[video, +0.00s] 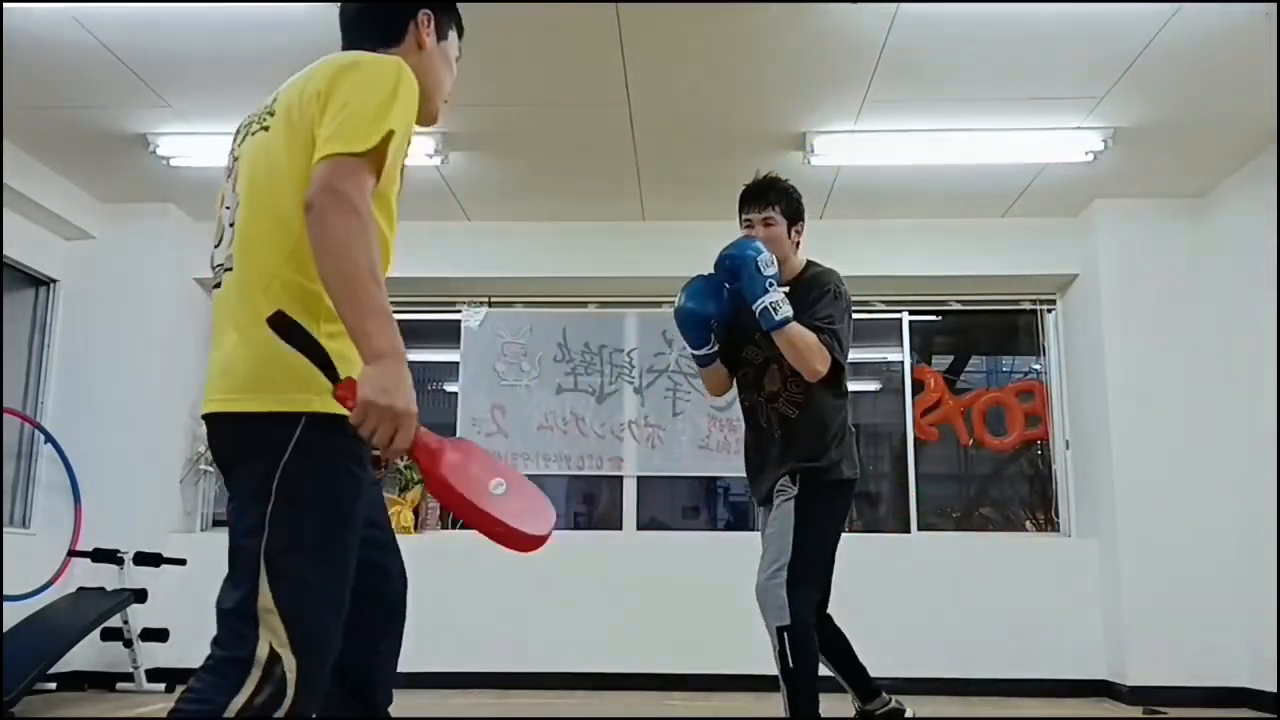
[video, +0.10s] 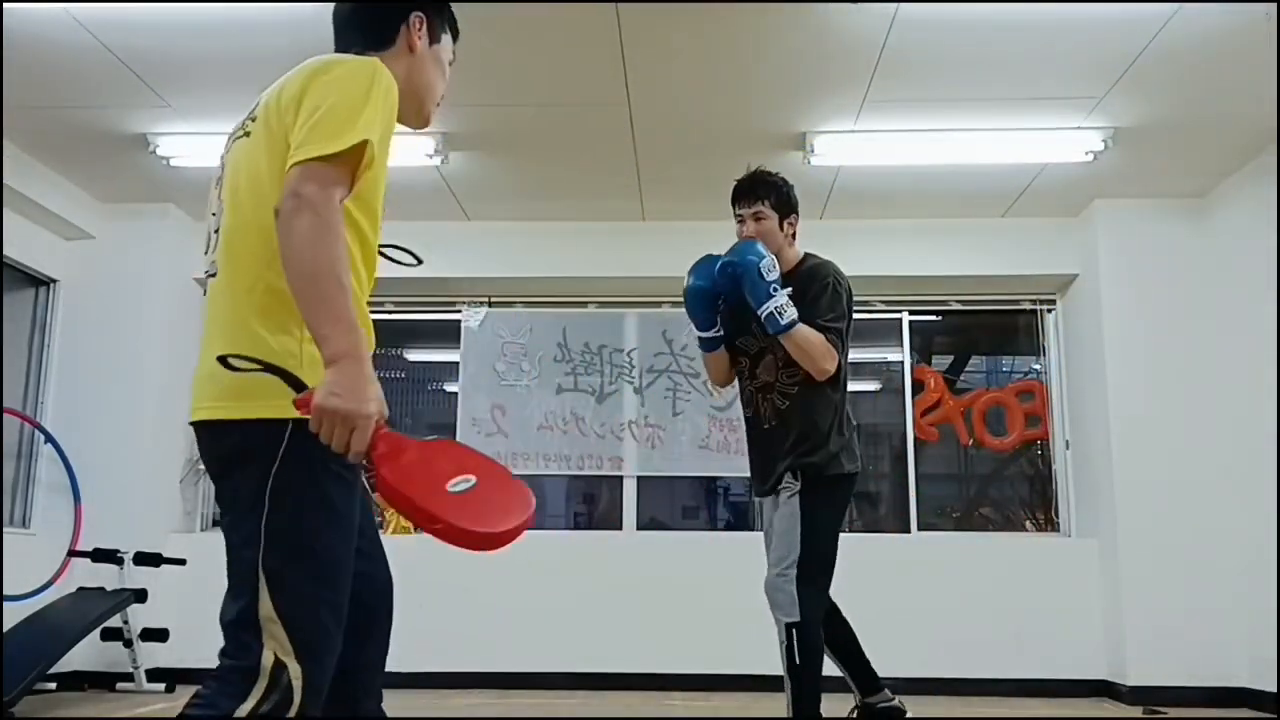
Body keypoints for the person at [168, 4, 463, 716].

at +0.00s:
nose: (452, 82)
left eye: (457, 61)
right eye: (454, 55)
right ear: (425, 29)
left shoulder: (285, 110)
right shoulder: (377, 74)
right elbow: (336, 198)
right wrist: (387, 358)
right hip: (292, 399)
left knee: (374, 609)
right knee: (268, 656)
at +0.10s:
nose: (447, 85)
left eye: (451, 65)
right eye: (449, 60)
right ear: (417, 33)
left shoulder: (279, 110)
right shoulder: (358, 75)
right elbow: (306, 204)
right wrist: (349, 363)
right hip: (279, 408)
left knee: (363, 614)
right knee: (277, 664)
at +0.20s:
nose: (445, 107)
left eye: (450, 85)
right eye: (448, 81)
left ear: (360, 54)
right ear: (416, 56)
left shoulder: (279, 127)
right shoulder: (357, 100)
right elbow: (292, 226)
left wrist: (349, 422)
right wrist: (310, 384)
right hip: (281, 426)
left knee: (357, 638)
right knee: (299, 669)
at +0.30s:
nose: (455, 134)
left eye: (459, 114)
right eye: (457, 108)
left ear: (363, 82)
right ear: (426, 83)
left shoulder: (284, 159)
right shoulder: (366, 126)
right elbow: (293, 245)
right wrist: (285, 398)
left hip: (250, 434)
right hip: (304, 437)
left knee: (289, 672)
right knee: (329, 676)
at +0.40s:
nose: (477, 151)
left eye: (480, 133)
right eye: (477, 127)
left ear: (385, 104)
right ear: (446, 106)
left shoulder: (312, 175)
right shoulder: (387, 151)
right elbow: (307, 261)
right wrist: (274, 402)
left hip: (293, 447)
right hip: (304, 447)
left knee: (364, 643)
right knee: (300, 669)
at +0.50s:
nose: (495, 158)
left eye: (499, 141)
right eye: (497, 136)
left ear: (424, 116)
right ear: (465, 118)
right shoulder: (401, 160)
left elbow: (385, 313)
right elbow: (319, 265)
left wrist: (448, 234)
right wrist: (288, 400)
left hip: (301, 434)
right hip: (305, 433)